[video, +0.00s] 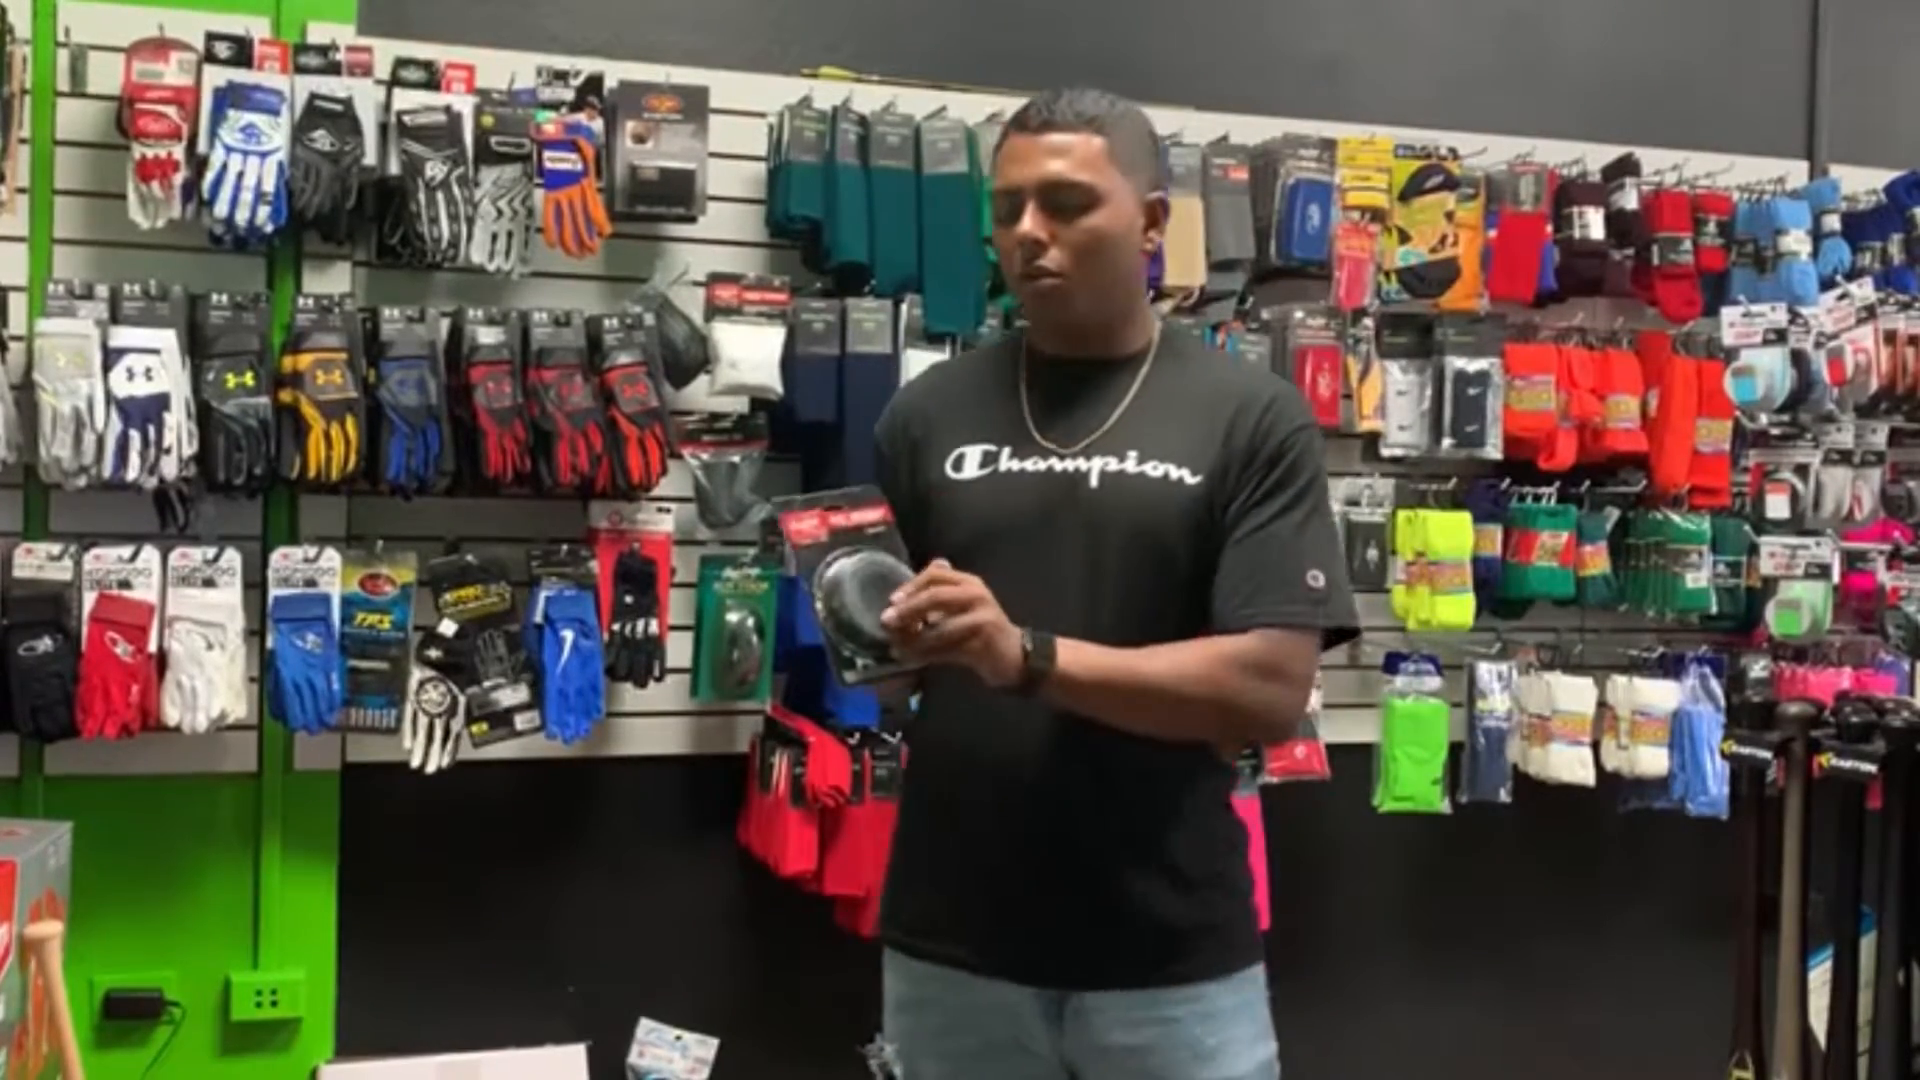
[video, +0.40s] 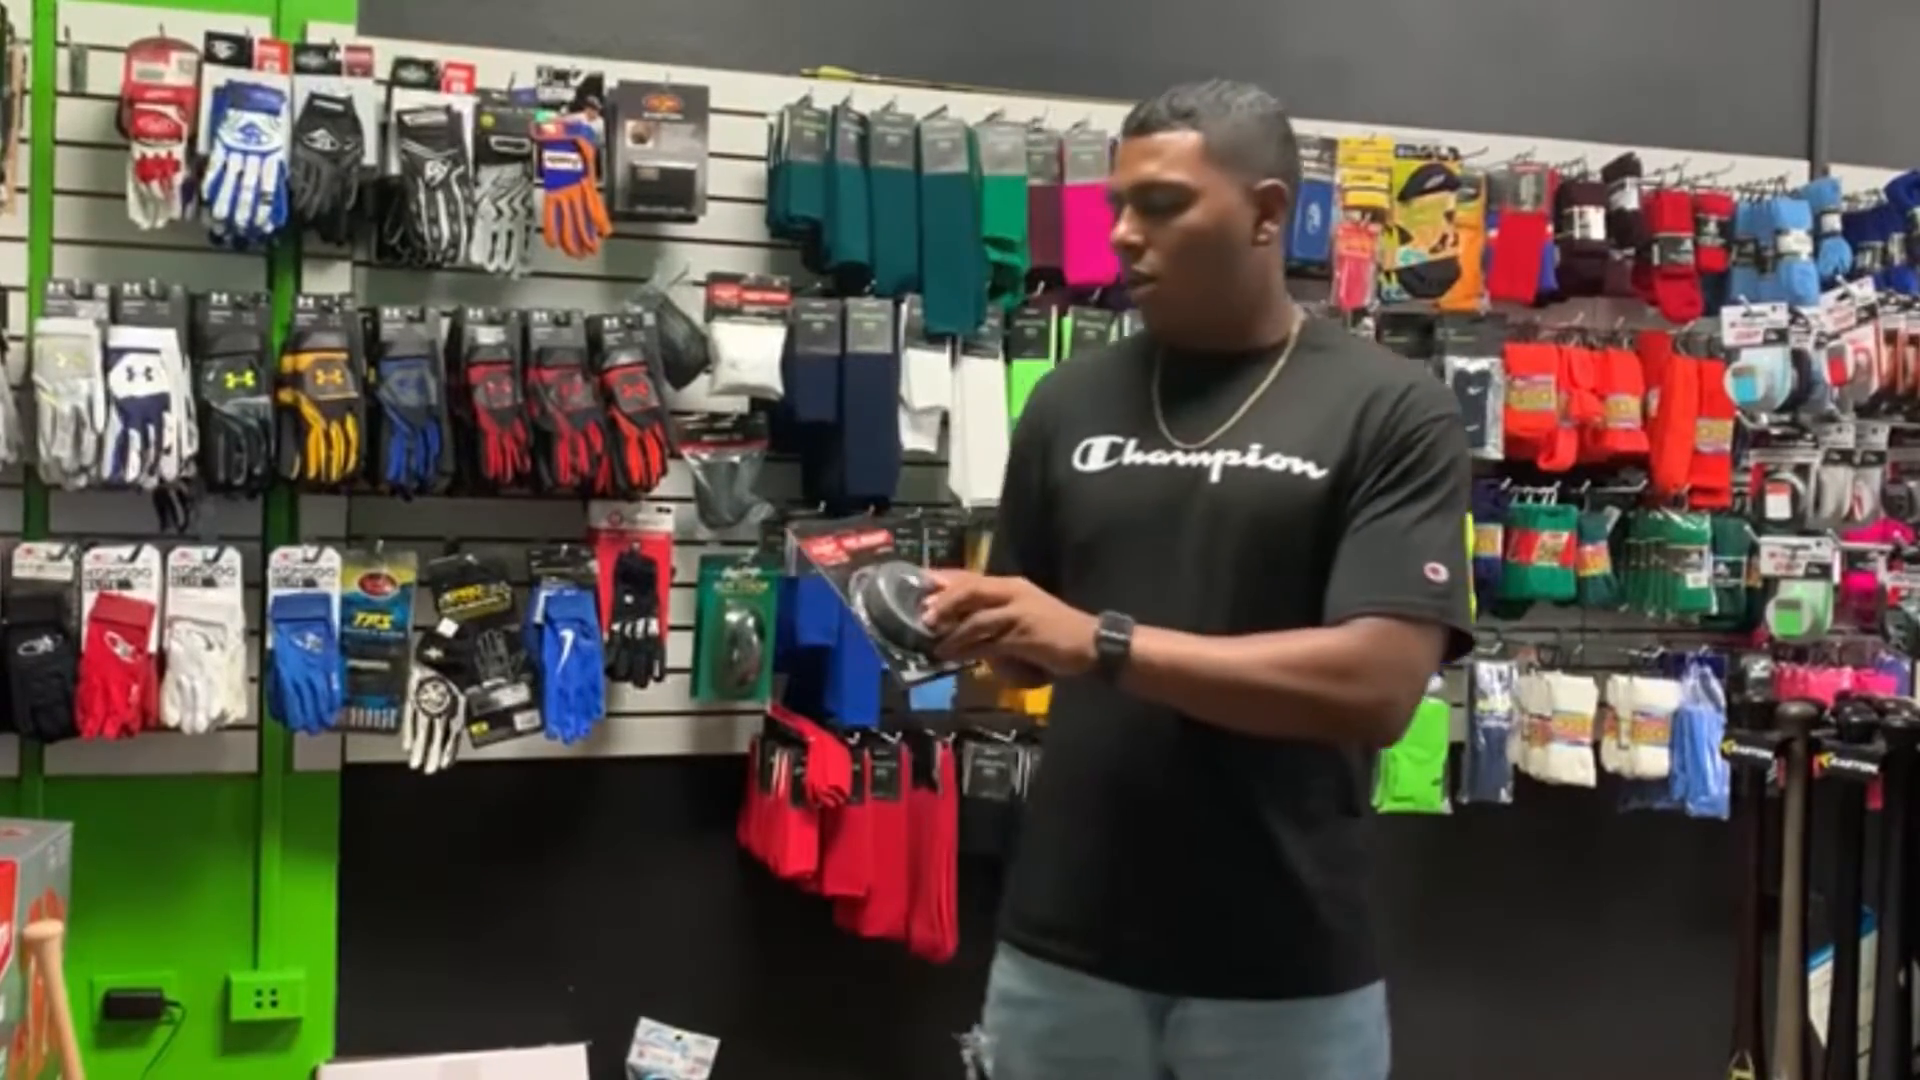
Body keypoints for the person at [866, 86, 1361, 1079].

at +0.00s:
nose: (1028, 234)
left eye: (1067, 203)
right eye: (1009, 207)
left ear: (1152, 220)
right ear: (991, 225)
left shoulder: (1252, 416)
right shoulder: (923, 416)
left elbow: (1272, 686)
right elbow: (889, 666)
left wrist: (1031, 657)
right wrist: (892, 643)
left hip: (1172, 952)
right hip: (955, 946)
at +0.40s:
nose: (1124, 237)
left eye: (1161, 205)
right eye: (1119, 209)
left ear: (1269, 212)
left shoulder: (1391, 407)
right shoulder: (1065, 403)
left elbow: (1377, 687)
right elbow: (1029, 650)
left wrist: (1096, 642)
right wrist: (978, 630)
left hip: (1286, 968)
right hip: (1064, 950)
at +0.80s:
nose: (1236, 233)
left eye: (1275, 199)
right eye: (1234, 203)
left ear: (1391, 211)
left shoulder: (1522, 419)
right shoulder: (1193, 399)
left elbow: (1474, 707)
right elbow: (1146, 629)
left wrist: (1182, 654)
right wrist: (1062, 623)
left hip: (1397, 989)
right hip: (1172, 959)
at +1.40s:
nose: (1270, 225)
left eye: (1309, 192)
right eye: (1271, 194)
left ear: (1422, 209)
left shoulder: (1553, 422)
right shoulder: (1236, 394)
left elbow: (1455, 700)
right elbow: (1169, 607)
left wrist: (1169, 647)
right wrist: (1063, 616)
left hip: (1414, 990)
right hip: (1196, 957)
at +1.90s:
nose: (1163, 225)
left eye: (1200, 191)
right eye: (1166, 195)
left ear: (1308, 208)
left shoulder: (1431, 410)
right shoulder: (1137, 392)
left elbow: (1336, 684)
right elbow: (1079, 626)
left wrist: (1059, 626)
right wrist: (961, 613)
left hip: (1311, 965)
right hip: (1106, 940)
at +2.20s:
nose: (1071, 234)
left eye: (1106, 202)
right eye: (1073, 206)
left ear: (1211, 213)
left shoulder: (1336, 401)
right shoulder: (1047, 401)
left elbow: (1256, 671)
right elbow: (999, 631)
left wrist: (978, 623)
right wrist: (889, 602)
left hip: (1232, 953)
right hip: (1031, 935)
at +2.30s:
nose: (1043, 242)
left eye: (1077, 209)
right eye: (1041, 213)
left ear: (1183, 215)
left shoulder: (1309, 402)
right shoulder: (1021, 405)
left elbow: (1235, 668)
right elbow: (983, 651)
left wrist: (957, 626)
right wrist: (874, 606)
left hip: (1210, 952)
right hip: (1011, 936)